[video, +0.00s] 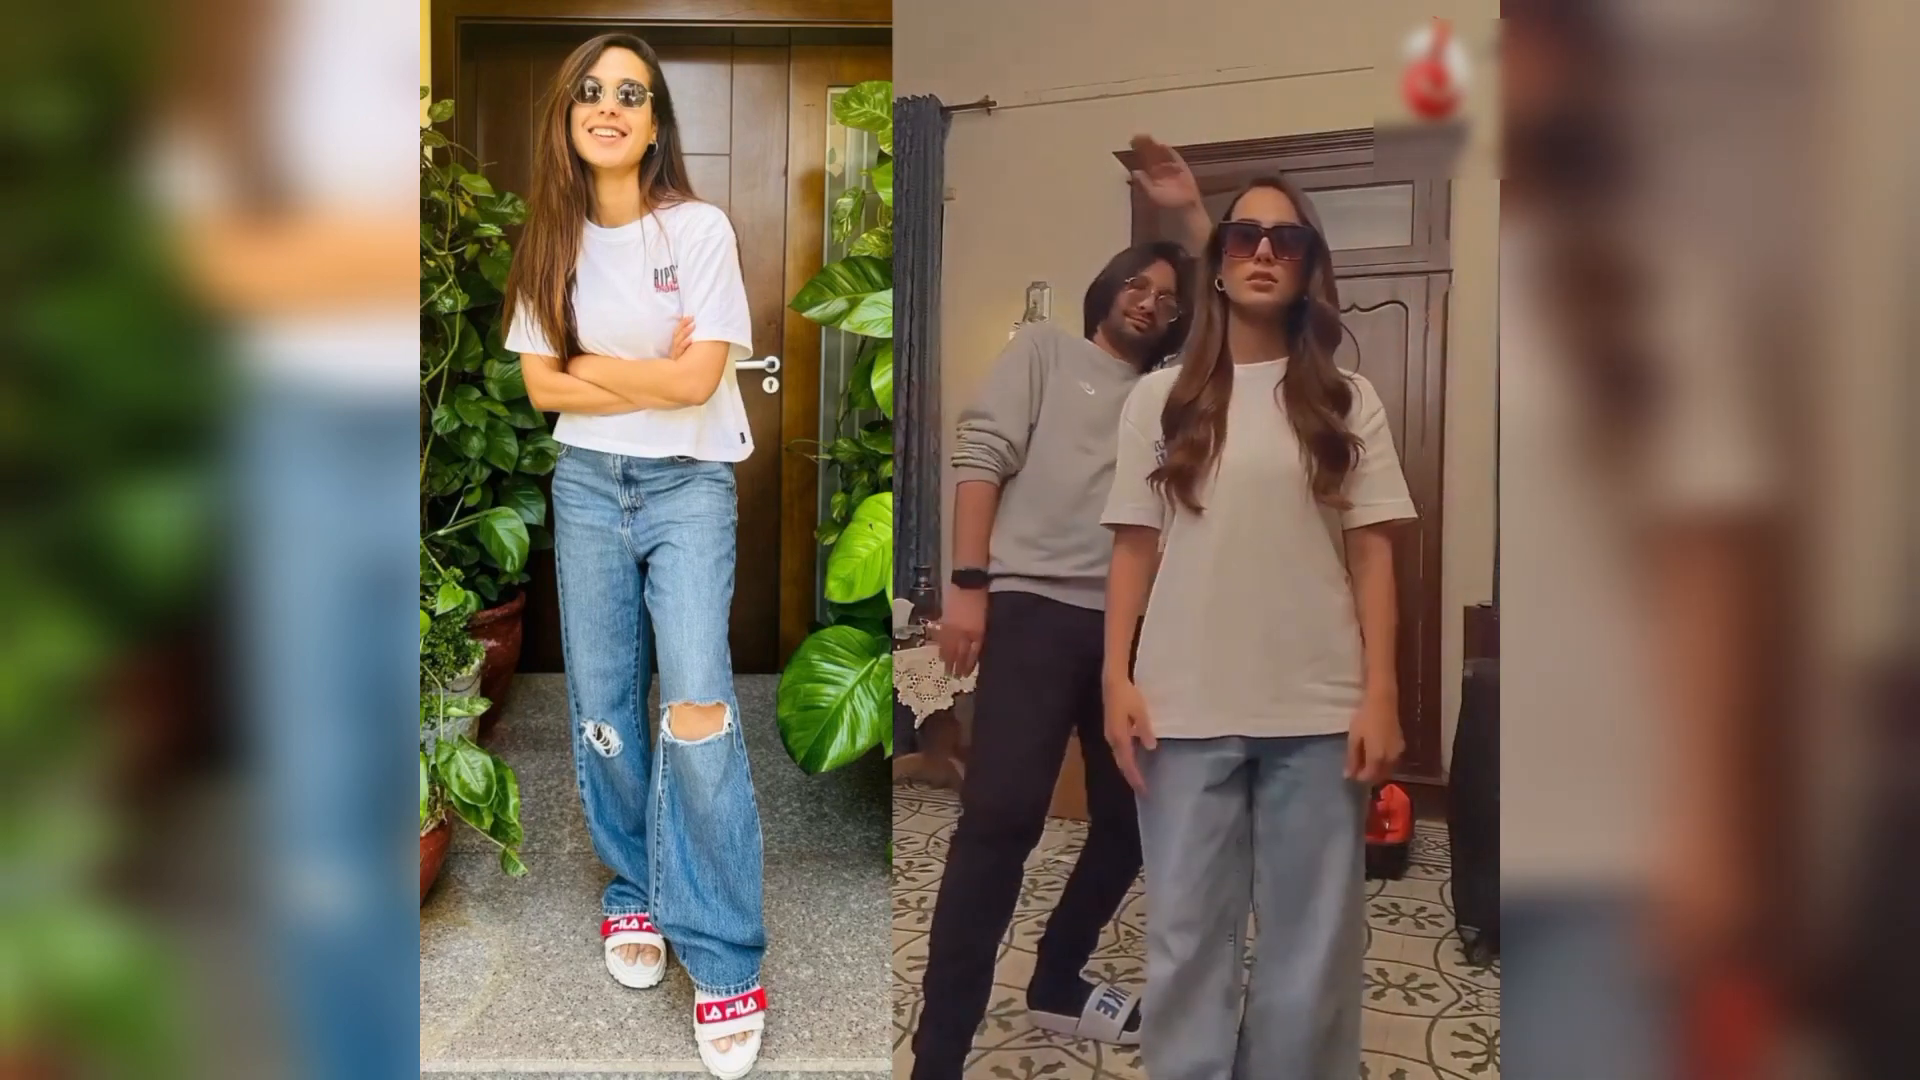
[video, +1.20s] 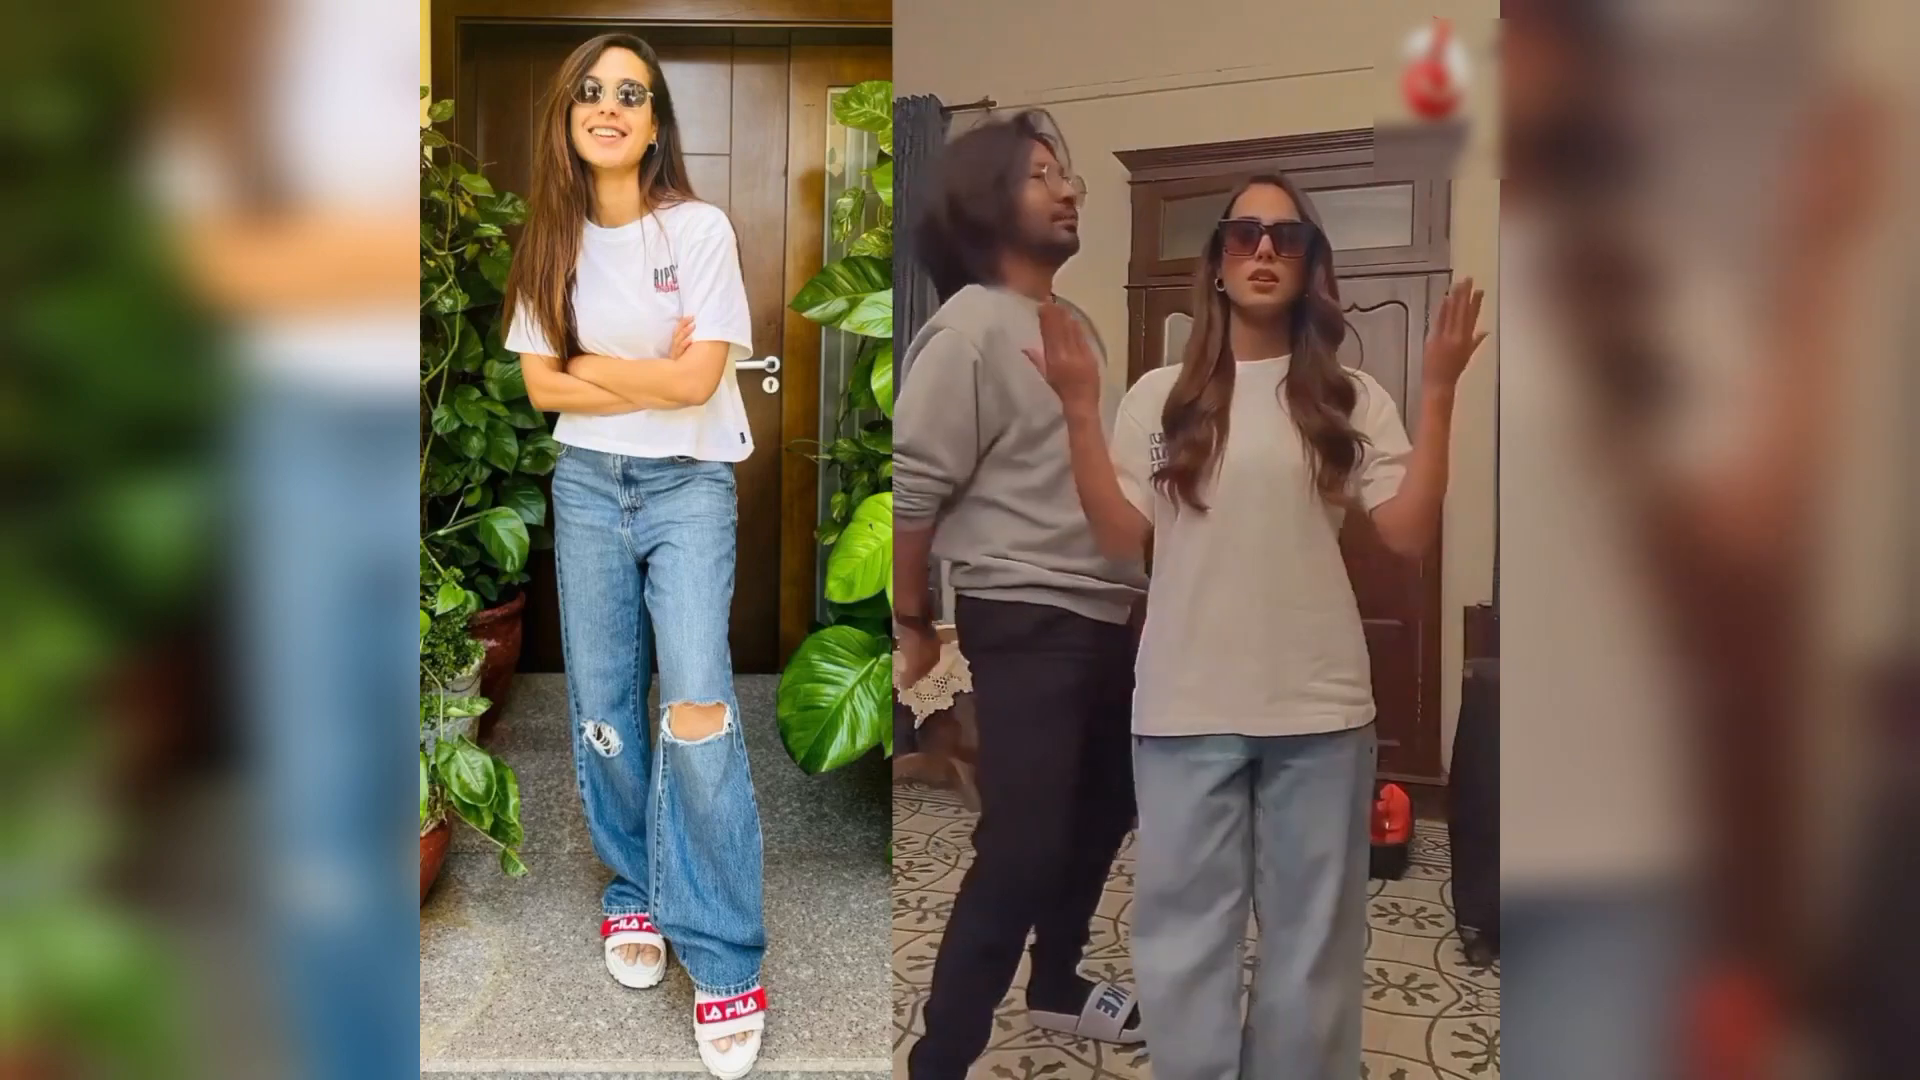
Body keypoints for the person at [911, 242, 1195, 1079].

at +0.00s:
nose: (1149, 302)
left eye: (1165, 297)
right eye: (1138, 286)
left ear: (1177, 316)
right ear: (1106, 289)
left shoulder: (1174, 388)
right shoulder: (1043, 349)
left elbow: (1224, 322)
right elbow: (983, 453)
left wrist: (1193, 215)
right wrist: (966, 581)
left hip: (1134, 625)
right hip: (1035, 616)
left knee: (1127, 825)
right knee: (1000, 824)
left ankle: (1057, 988)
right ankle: (938, 1057)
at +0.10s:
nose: (1147, 289)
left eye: (1159, 282)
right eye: (1133, 273)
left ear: (1170, 301)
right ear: (1099, 279)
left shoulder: (1170, 383)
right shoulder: (1043, 342)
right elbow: (979, 451)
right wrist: (959, 577)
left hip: (1127, 624)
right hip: (1028, 612)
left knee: (1120, 821)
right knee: (994, 824)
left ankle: (1057, 990)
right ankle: (935, 1058)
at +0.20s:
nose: (1136, 258)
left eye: (1146, 251)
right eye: (1121, 244)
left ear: (1157, 270)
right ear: (1086, 252)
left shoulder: (1169, 348)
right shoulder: (1039, 323)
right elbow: (972, 435)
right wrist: (942, 566)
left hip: (1121, 609)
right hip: (1022, 599)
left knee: (1104, 812)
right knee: (990, 819)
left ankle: (1056, 993)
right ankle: (933, 1059)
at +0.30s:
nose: (1124, 230)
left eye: (1132, 219)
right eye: (1103, 217)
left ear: (1142, 243)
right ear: (1063, 235)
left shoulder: (1159, 347)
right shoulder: (1016, 322)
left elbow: (1184, 472)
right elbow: (938, 440)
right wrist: (928, 568)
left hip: (1120, 608)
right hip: (1015, 597)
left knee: (1093, 809)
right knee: (984, 817)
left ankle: (1056, 989)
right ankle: (933, 1055)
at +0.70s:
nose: (1085, 206)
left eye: (1085, 193)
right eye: (1063, 192)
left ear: (1084, 218)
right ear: (1011, 213)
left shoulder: (1112, 339)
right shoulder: (963, 331)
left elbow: (1126, 469)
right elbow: (921, 479)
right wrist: (1017, 527)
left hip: (1109, 621)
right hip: (1011, 617)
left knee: (1099, 815)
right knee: (985, 838)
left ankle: (1055, 989)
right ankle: (931, 1063)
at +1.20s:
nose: (1070, 189)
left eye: (1067, 175)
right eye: (1044, 175)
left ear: (1063, 198)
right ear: (988, 200)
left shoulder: (1079, 325)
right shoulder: (966, 329)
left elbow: (1104, 471)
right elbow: (914, 499)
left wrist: (1136, 584)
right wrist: (913, 626)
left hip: (1104, 604)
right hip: (1019, 608)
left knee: (1103, 812)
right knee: (1021, 850)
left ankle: (1056, 989)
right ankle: (939, 1063)